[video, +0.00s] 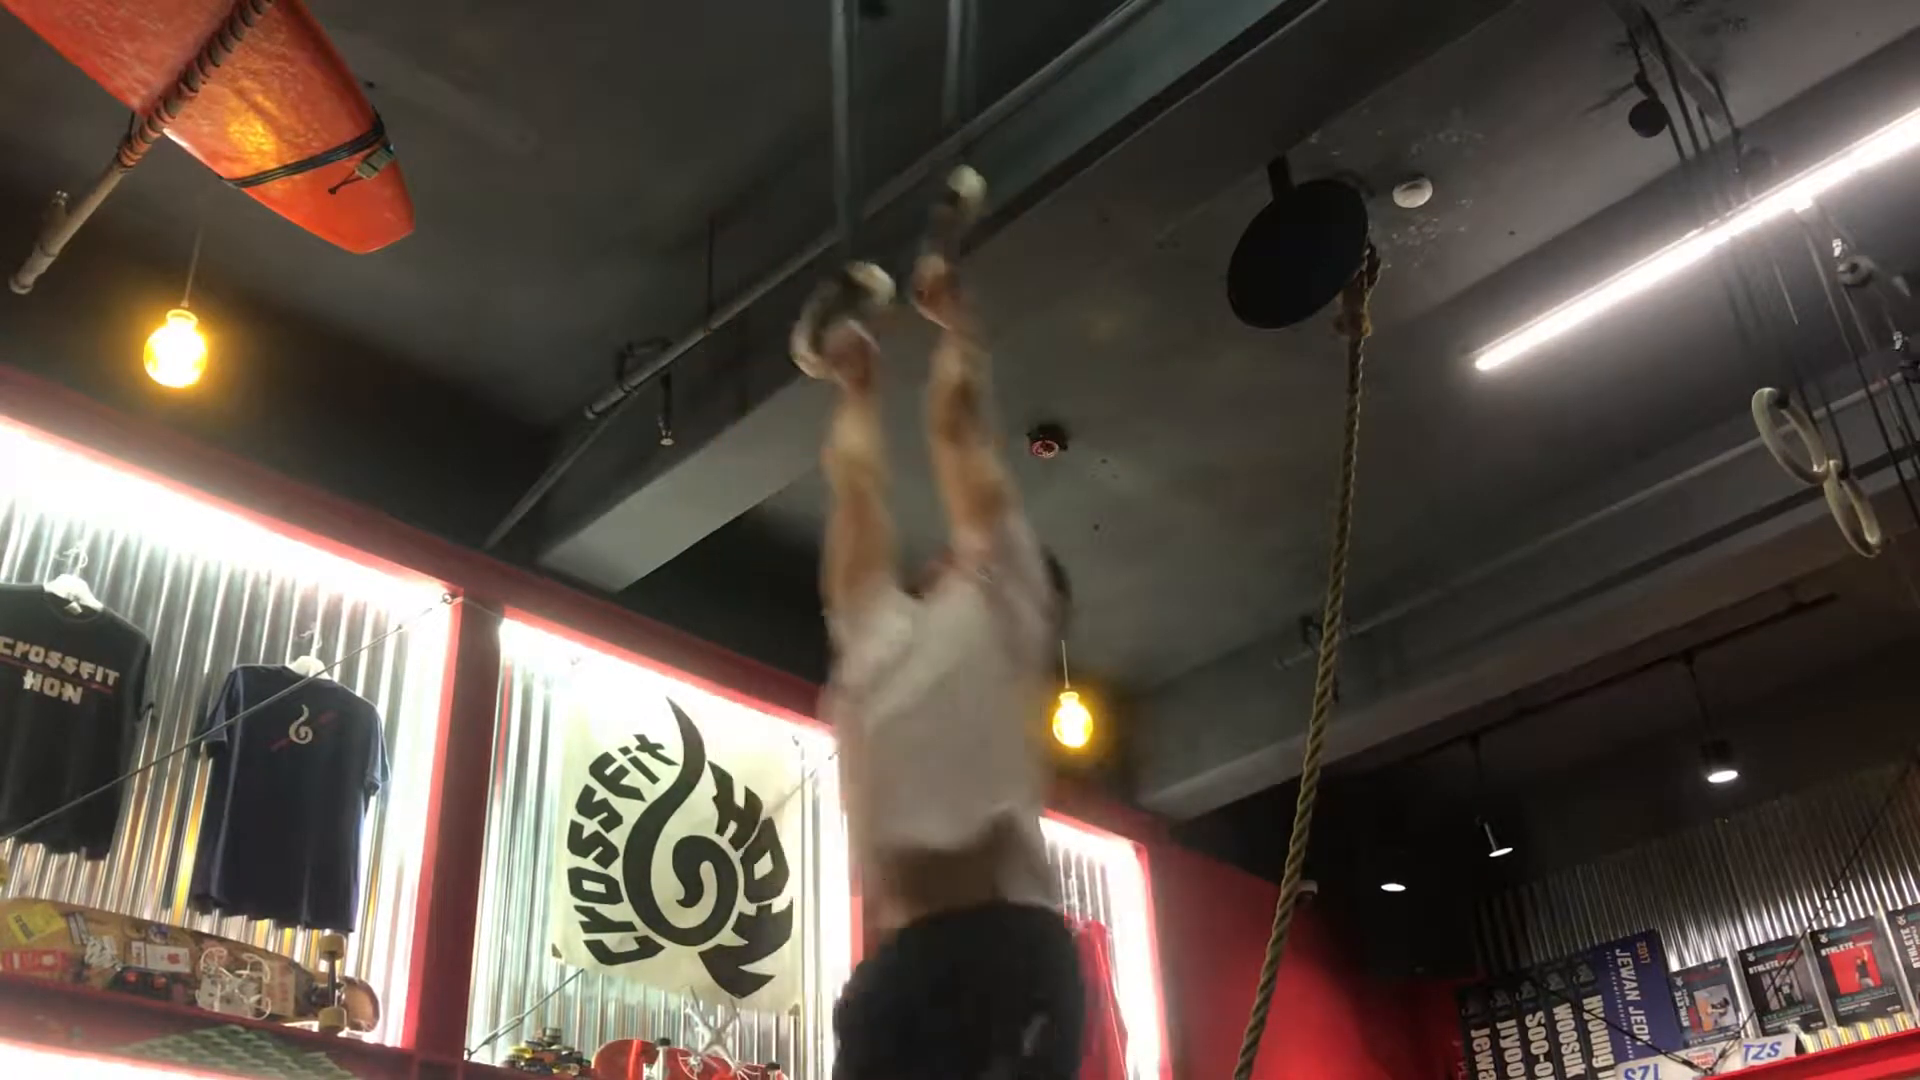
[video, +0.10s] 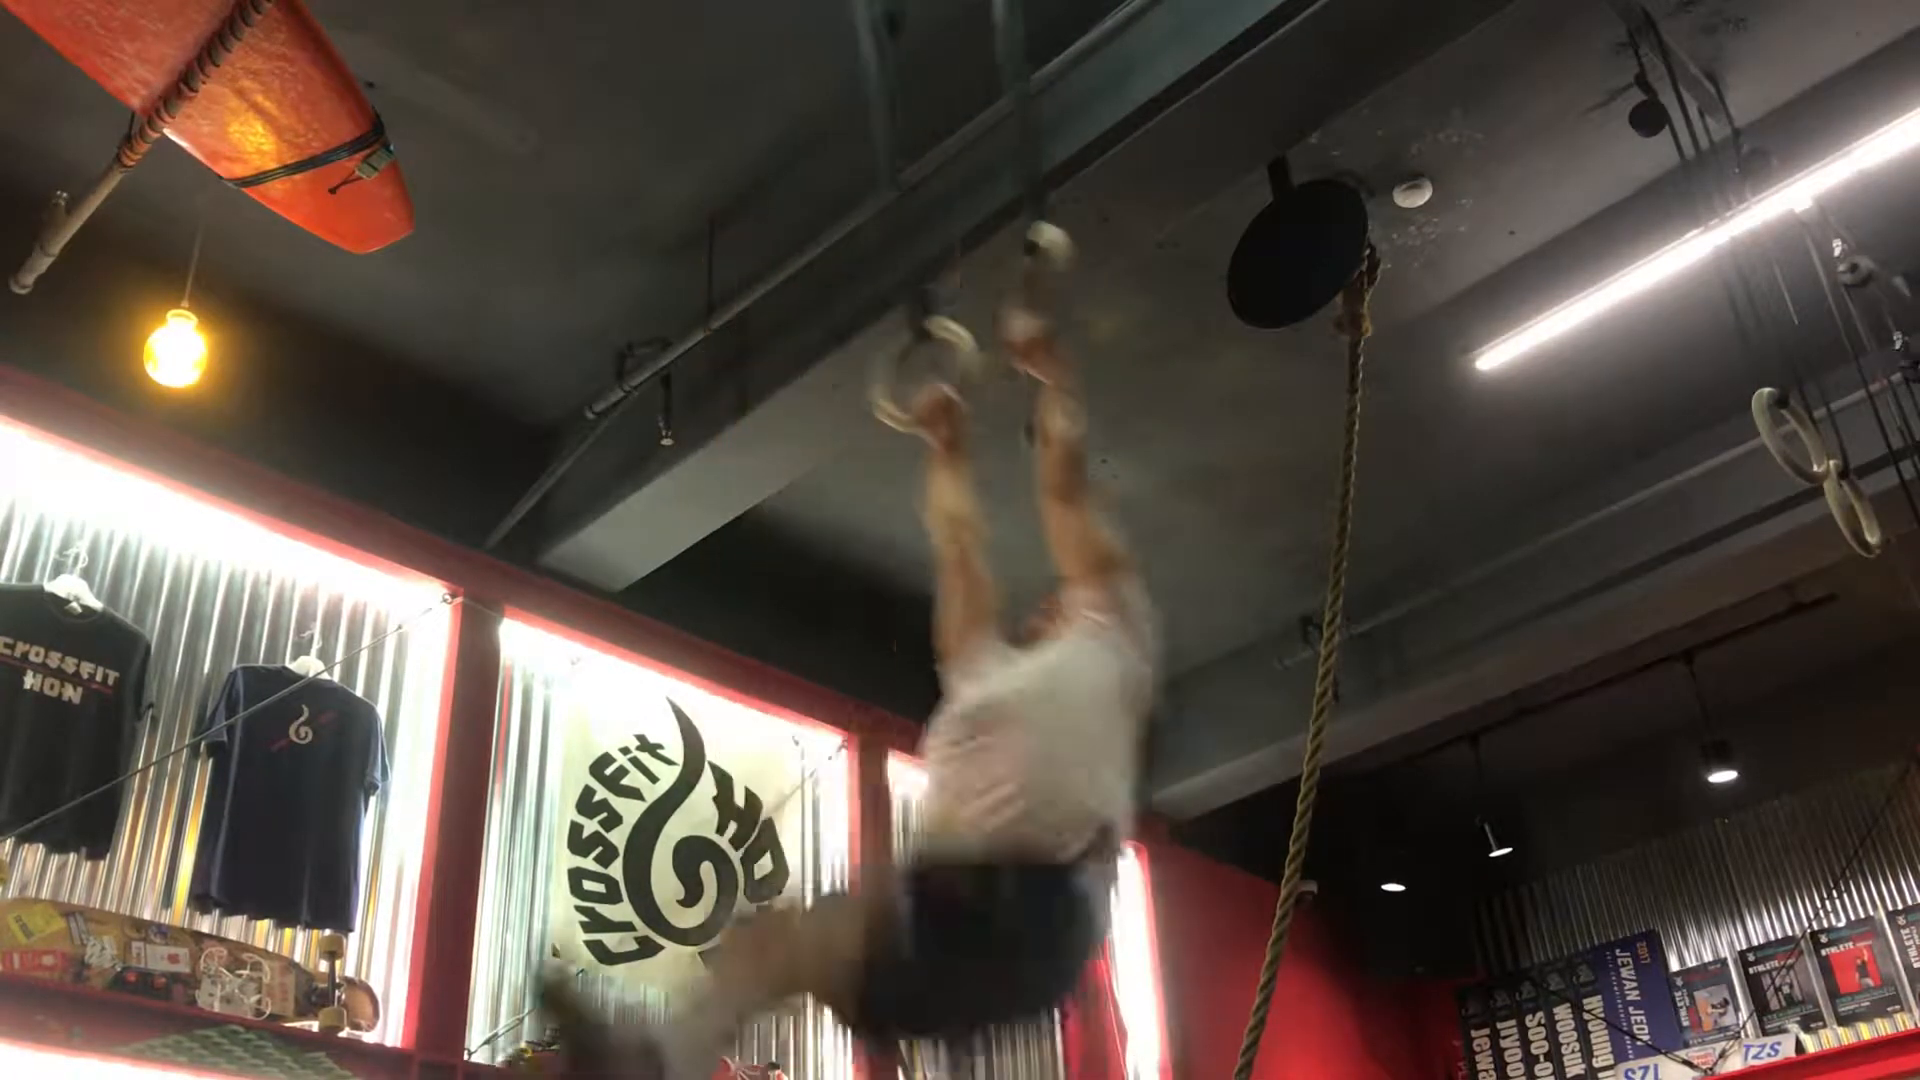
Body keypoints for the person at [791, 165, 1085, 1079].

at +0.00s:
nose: (953, 553)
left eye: (980, 550)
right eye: (948, 551)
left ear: (1026, 588)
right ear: (927, 572)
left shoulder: (1013, 618)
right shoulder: (870, 641)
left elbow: (963, 438)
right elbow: (855, 494)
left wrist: (952, 321)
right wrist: (853, 383)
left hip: (1012, 955)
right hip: (902, 968)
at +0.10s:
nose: (1051, 599)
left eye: (1072, 594)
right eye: (1049, 595)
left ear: (1100, 609)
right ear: (1036, 612)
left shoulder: (1111, 647)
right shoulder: (981, 671)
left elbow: (1065, 494)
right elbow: (957, 548)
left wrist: (1049, 371)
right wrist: (945, 442)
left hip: (1033, 911)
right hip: (936, 901)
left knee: (774, 948)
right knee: (763, 947)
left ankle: (667, 1052)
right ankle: (667, 1053)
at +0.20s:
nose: (1126, 606)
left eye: (1142, 601)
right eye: (1123, 604)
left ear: (1171, 607)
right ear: (1110, 615)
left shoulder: (1191, 640)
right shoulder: (1048, 647)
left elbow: (1187, 497)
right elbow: (1010, 581)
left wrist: (1155, 395)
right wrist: (1006, 483)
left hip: (1029, 720)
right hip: (946, 742)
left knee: (845, 621)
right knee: (691, 746)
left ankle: (754, 885)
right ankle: (705, 956)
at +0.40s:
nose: (1126, 333)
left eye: (1144, 327)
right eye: (1113, 324)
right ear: (1097, 335)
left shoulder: (1166, 420)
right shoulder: (1077, 394)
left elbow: (1215, 435)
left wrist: (1154, 340)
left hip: (1033, 472)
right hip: (935, 512)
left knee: (895, 387)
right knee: (691, 537)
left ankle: (1003, 590)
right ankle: (897, 649)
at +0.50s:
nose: (966, 253)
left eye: (980, 228)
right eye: (958, 244)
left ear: (1038, 231)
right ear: (961, 268)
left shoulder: (1086, 286)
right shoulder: (982, 344)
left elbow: (1215, 364)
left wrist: (1136, 321)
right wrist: (903, 400)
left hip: (1043, 479)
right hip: (943, 501)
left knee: (899, 310)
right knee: (735, 440)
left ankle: (984, 532)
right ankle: (881, 592)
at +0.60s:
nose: (901, 214)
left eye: (910, 189)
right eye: (887, 210)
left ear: (963, 180)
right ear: (885, 229)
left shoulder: (1045, 211)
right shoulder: (919, 304)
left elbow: (1172, 225)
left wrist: (1158, 292)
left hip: (1078, 473)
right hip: (982, 524)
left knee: (927, 333)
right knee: (795, 419)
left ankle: (909, 522)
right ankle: (829, 574)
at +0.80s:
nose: (806, 213)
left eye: (816, 186)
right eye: (792, 202)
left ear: (872, 169)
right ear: (791, 215)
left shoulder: (964, 186)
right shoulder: (841, 282)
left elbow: (1088, 167)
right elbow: (886, 328)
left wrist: (1102, 267)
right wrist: (913, 389)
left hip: (1092, 399)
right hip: (1002, 444)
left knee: (1008, 496)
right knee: (906, 545)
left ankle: (972, 677)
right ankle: (897, 725)